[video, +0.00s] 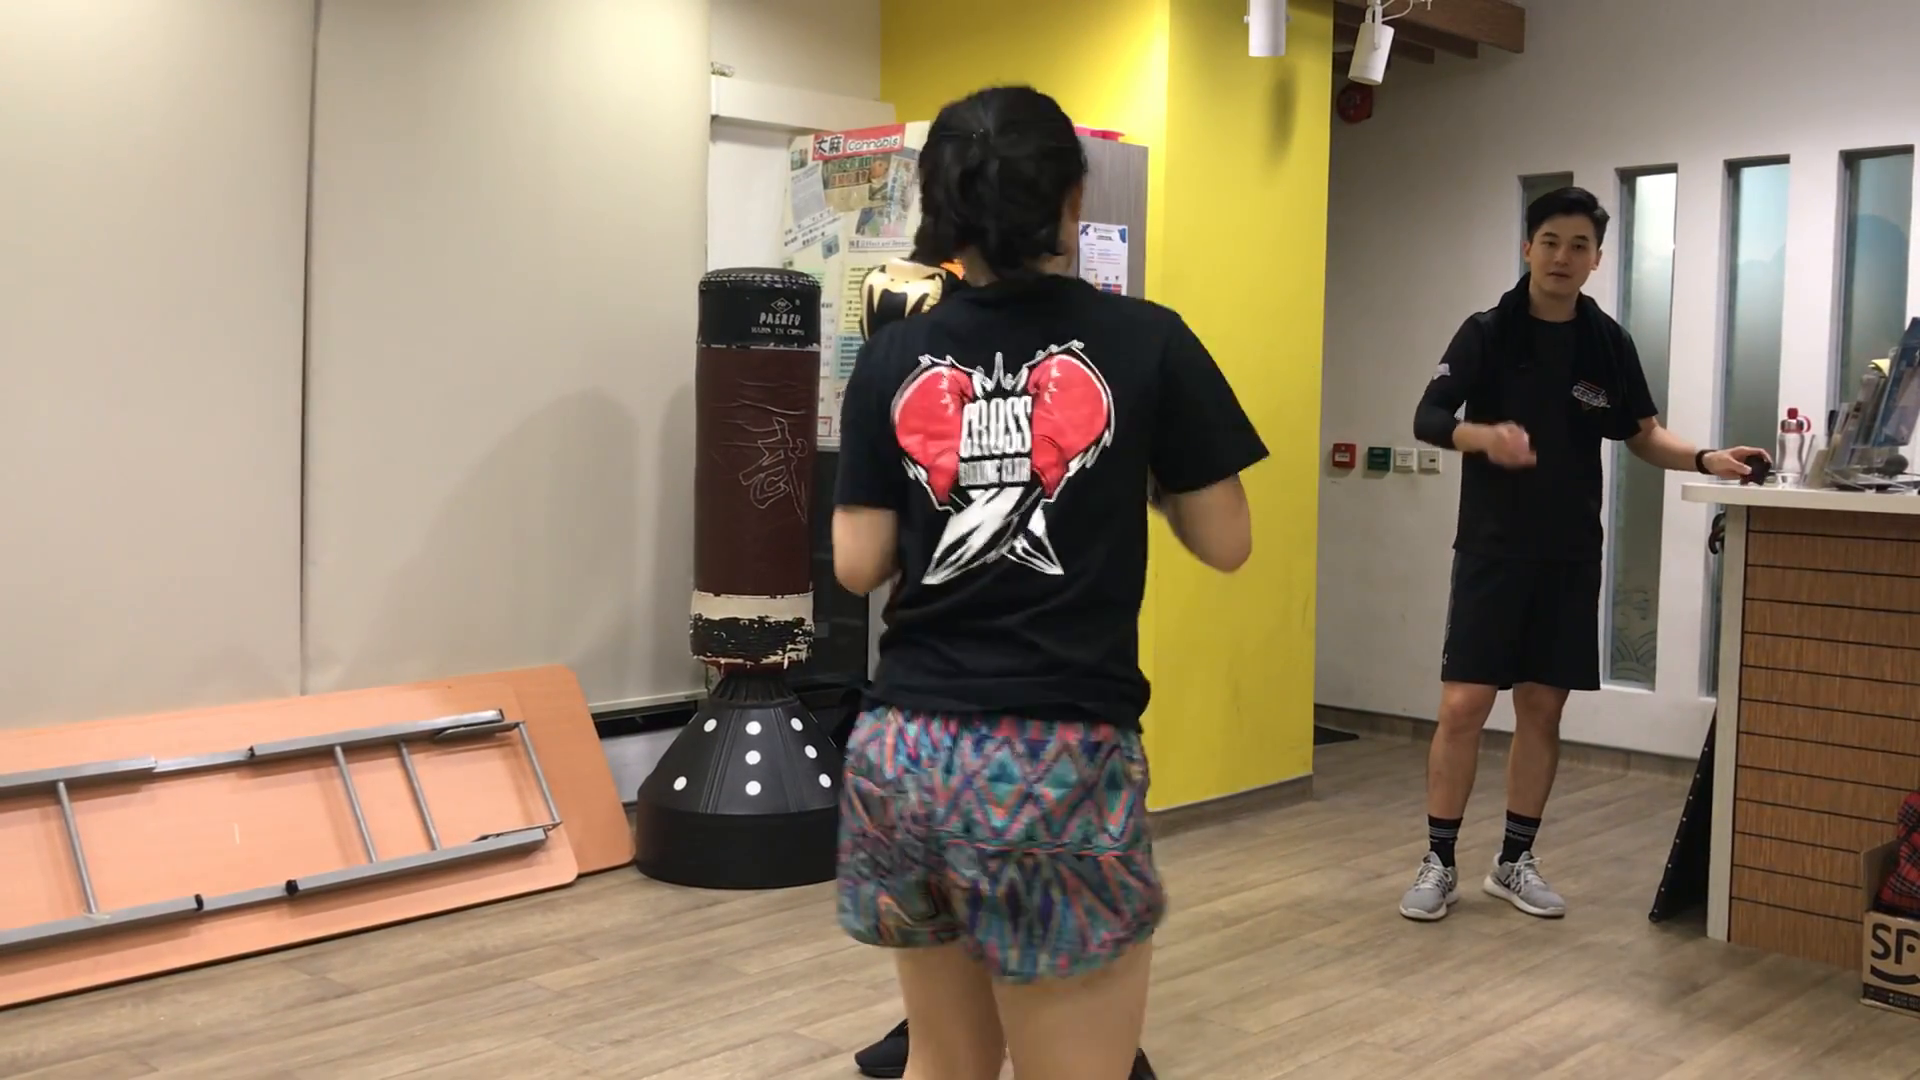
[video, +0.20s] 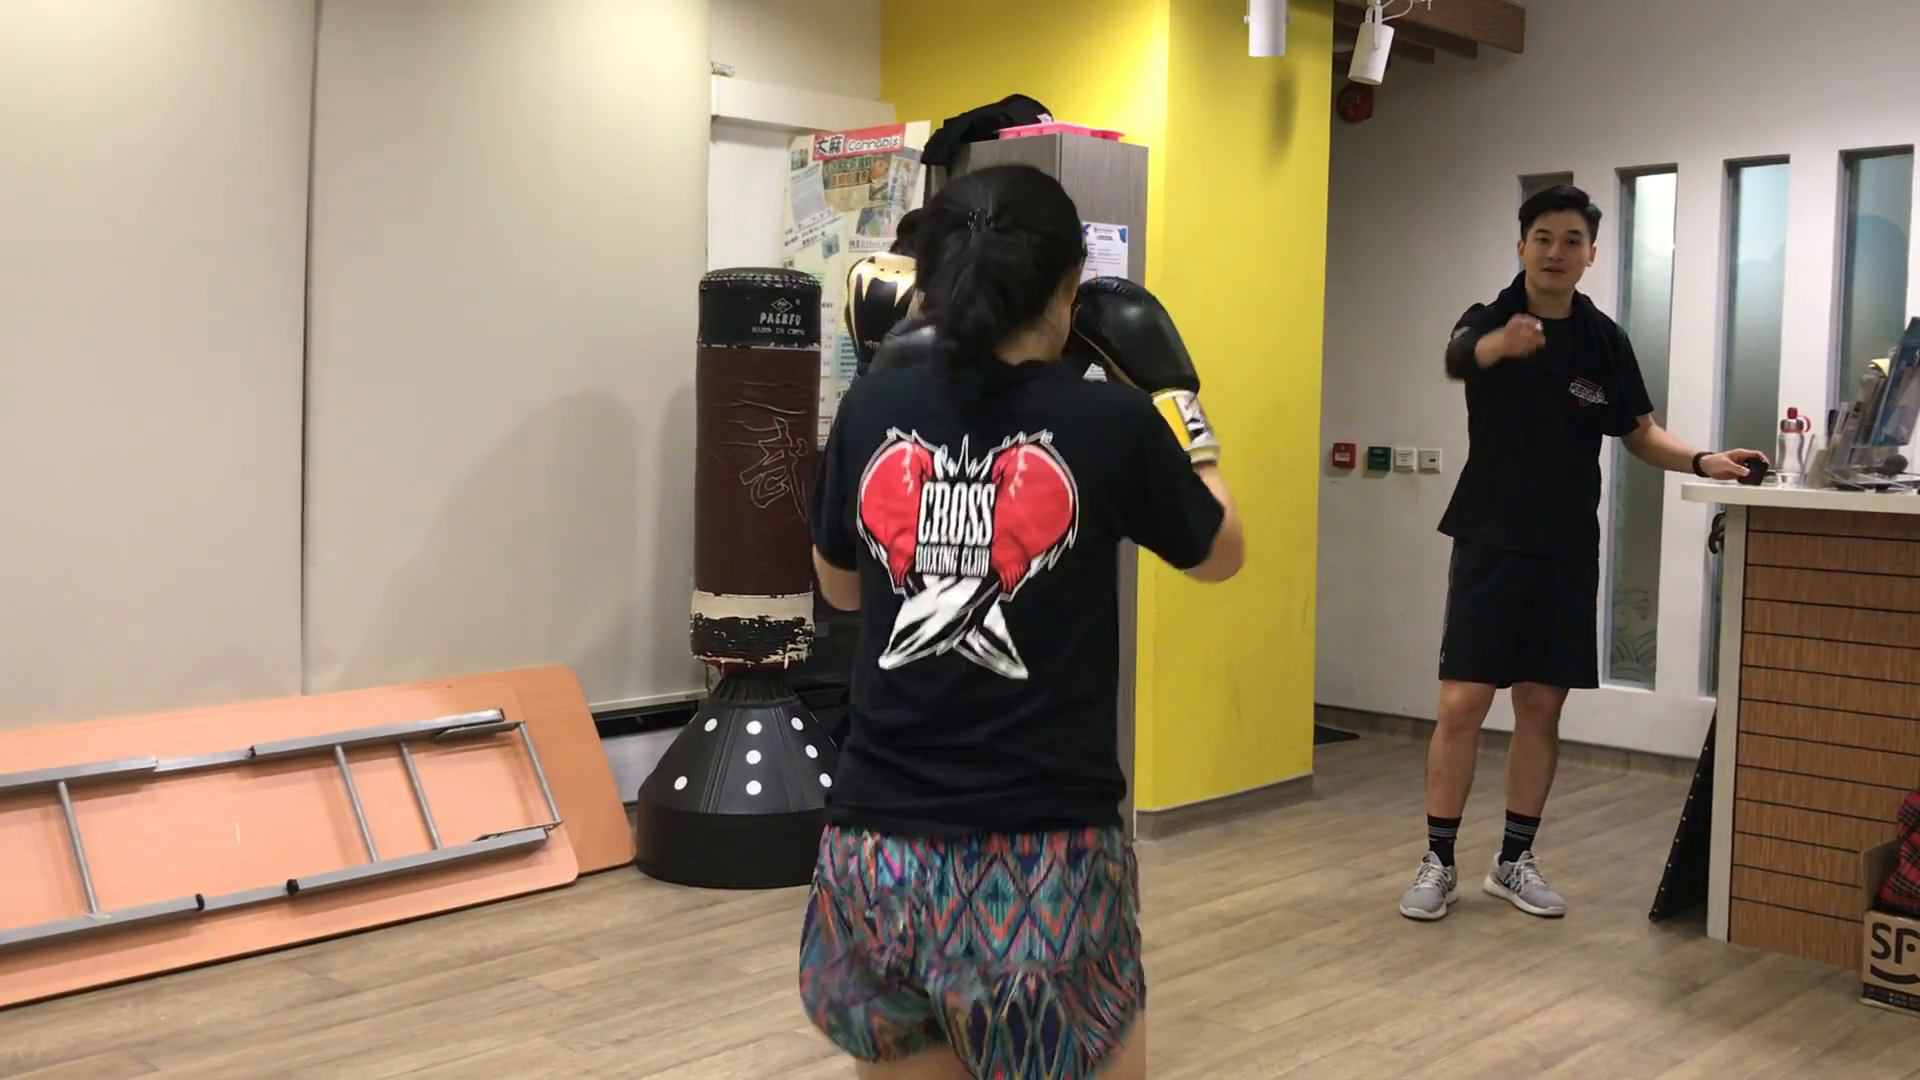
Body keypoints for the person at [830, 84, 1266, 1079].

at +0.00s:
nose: (1087, 200)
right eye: (1082, 185)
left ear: (941, 210)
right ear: (1071, 203)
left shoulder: (896, 349)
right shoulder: (1145, 340)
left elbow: (858, 563)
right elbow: (1226, 540)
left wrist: (943, 473)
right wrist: (1135, 441)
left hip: (900, 747)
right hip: (1062, 758)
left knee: (944, 1064)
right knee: (1083, 1067)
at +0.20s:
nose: (1077, 293)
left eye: (1072, 276)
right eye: (1074, 275)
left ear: (934, 278)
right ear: (1066, 286)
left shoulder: (878, 395)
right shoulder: (1105, 419)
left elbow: (842, 583)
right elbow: (1218, 553)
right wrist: (1177, 393)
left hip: (870, 856)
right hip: (1044, 864)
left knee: (907, 1063)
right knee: (1096, 1059)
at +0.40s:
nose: (1096, 275)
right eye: (1091, 260)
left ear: (946, 270)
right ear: (1081, 275)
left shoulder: (875, 387)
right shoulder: (1127, 400)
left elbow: (823, 571)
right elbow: (1205, 558)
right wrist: (1158, 393)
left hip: (882, 833)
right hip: (1060, 837)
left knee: (902, 1060)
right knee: (1074, 1058)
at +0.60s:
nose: (1116, 283)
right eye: (1113, 268)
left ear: (966, 290)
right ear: (1108, 292)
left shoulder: (910, 404)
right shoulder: (1146, 422)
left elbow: (775, 561)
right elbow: (1207, 644)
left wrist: (900, 505)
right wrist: (1129, 501)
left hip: (860, 831)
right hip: (1029, 850)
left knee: (908, 1063)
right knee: (1088, 1062)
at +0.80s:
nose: (1067, 265)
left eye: (1063, 246)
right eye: (1062, 247)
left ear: (941, 262)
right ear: (1038, 263)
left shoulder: (913, 364)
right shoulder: (1025, 374)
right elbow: (1112, 574)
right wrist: (1144, 458)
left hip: (817, 751)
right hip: (917, 775)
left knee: (855, 1062)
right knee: (1020, 1061)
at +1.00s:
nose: (1042, 279)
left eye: (1039, 259)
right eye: (1040, 260)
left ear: (907, 262)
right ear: (1021, 266)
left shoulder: (854, 373)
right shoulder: (1040, 385)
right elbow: (1096, 597)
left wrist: (1035, 526)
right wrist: (1111, 478)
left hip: (776, 745)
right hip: (911, 771)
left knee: (806, 1057)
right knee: (979, 1062)